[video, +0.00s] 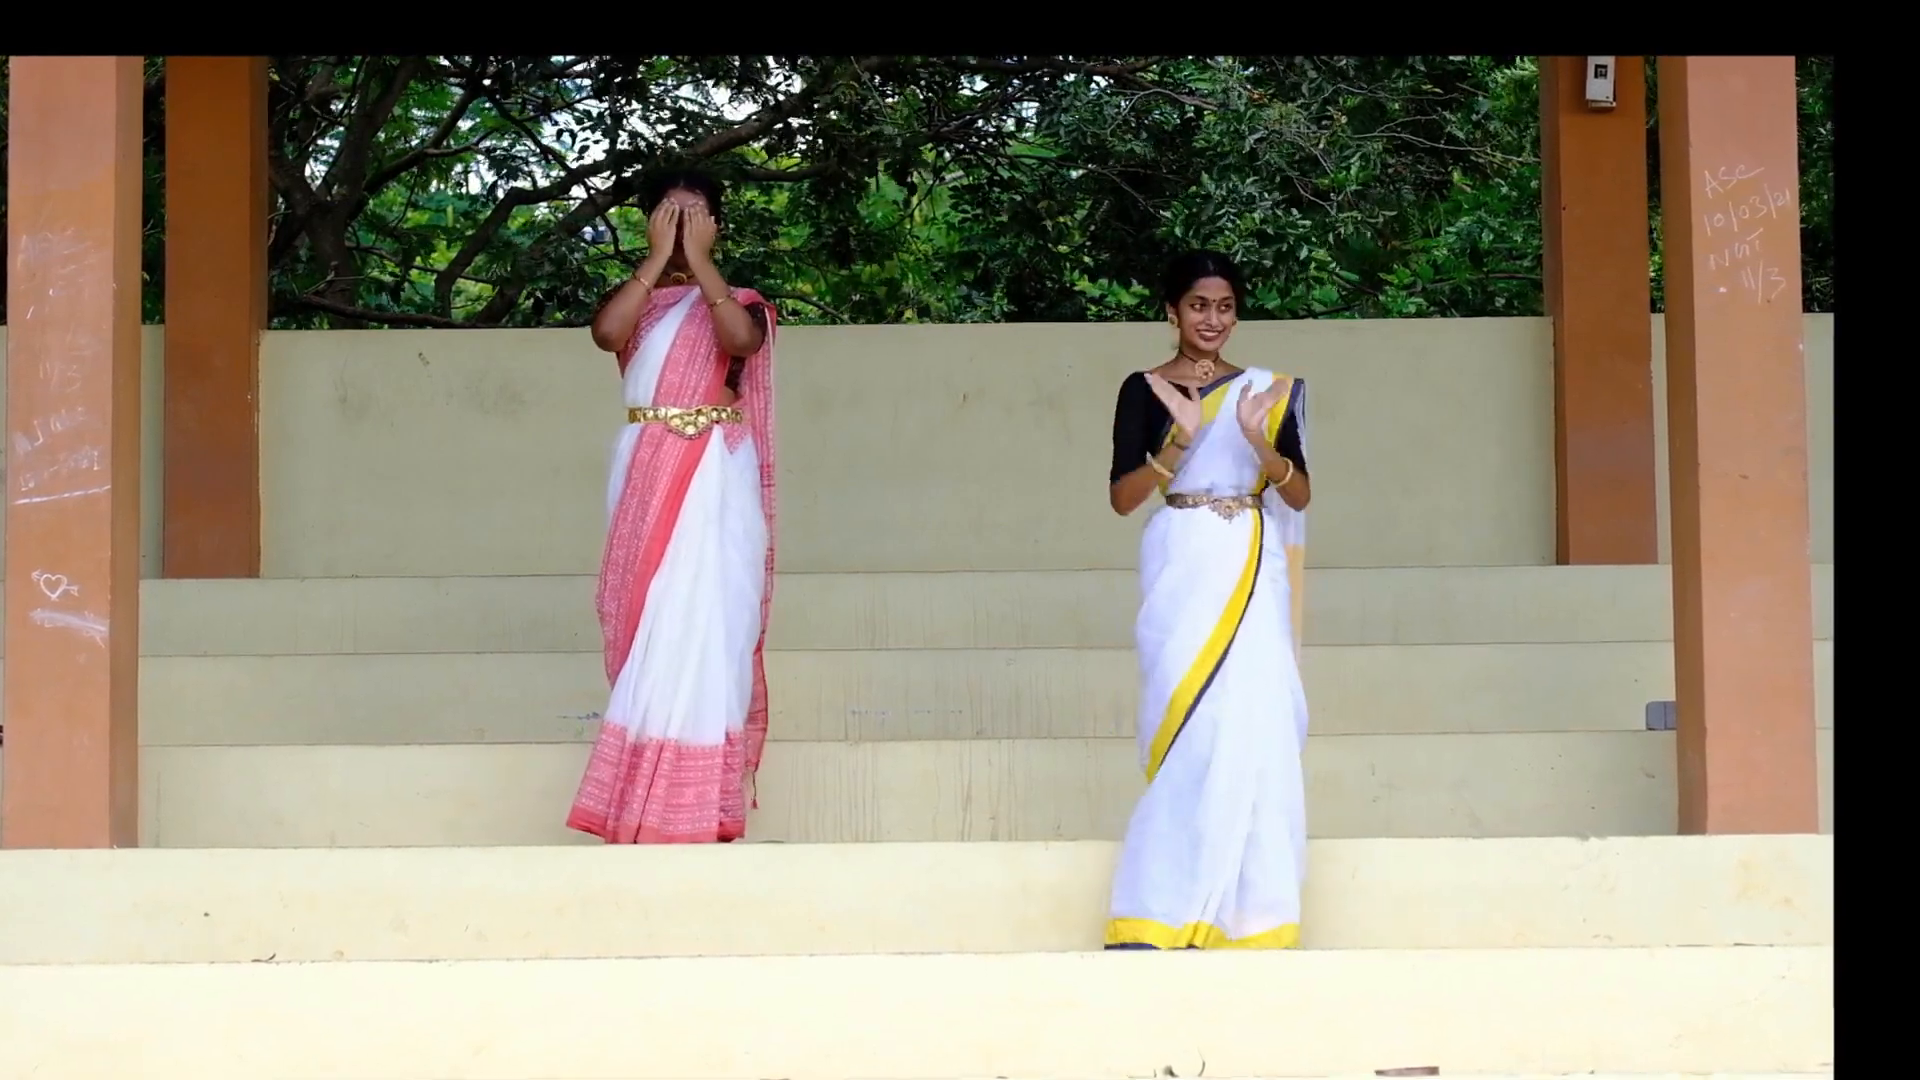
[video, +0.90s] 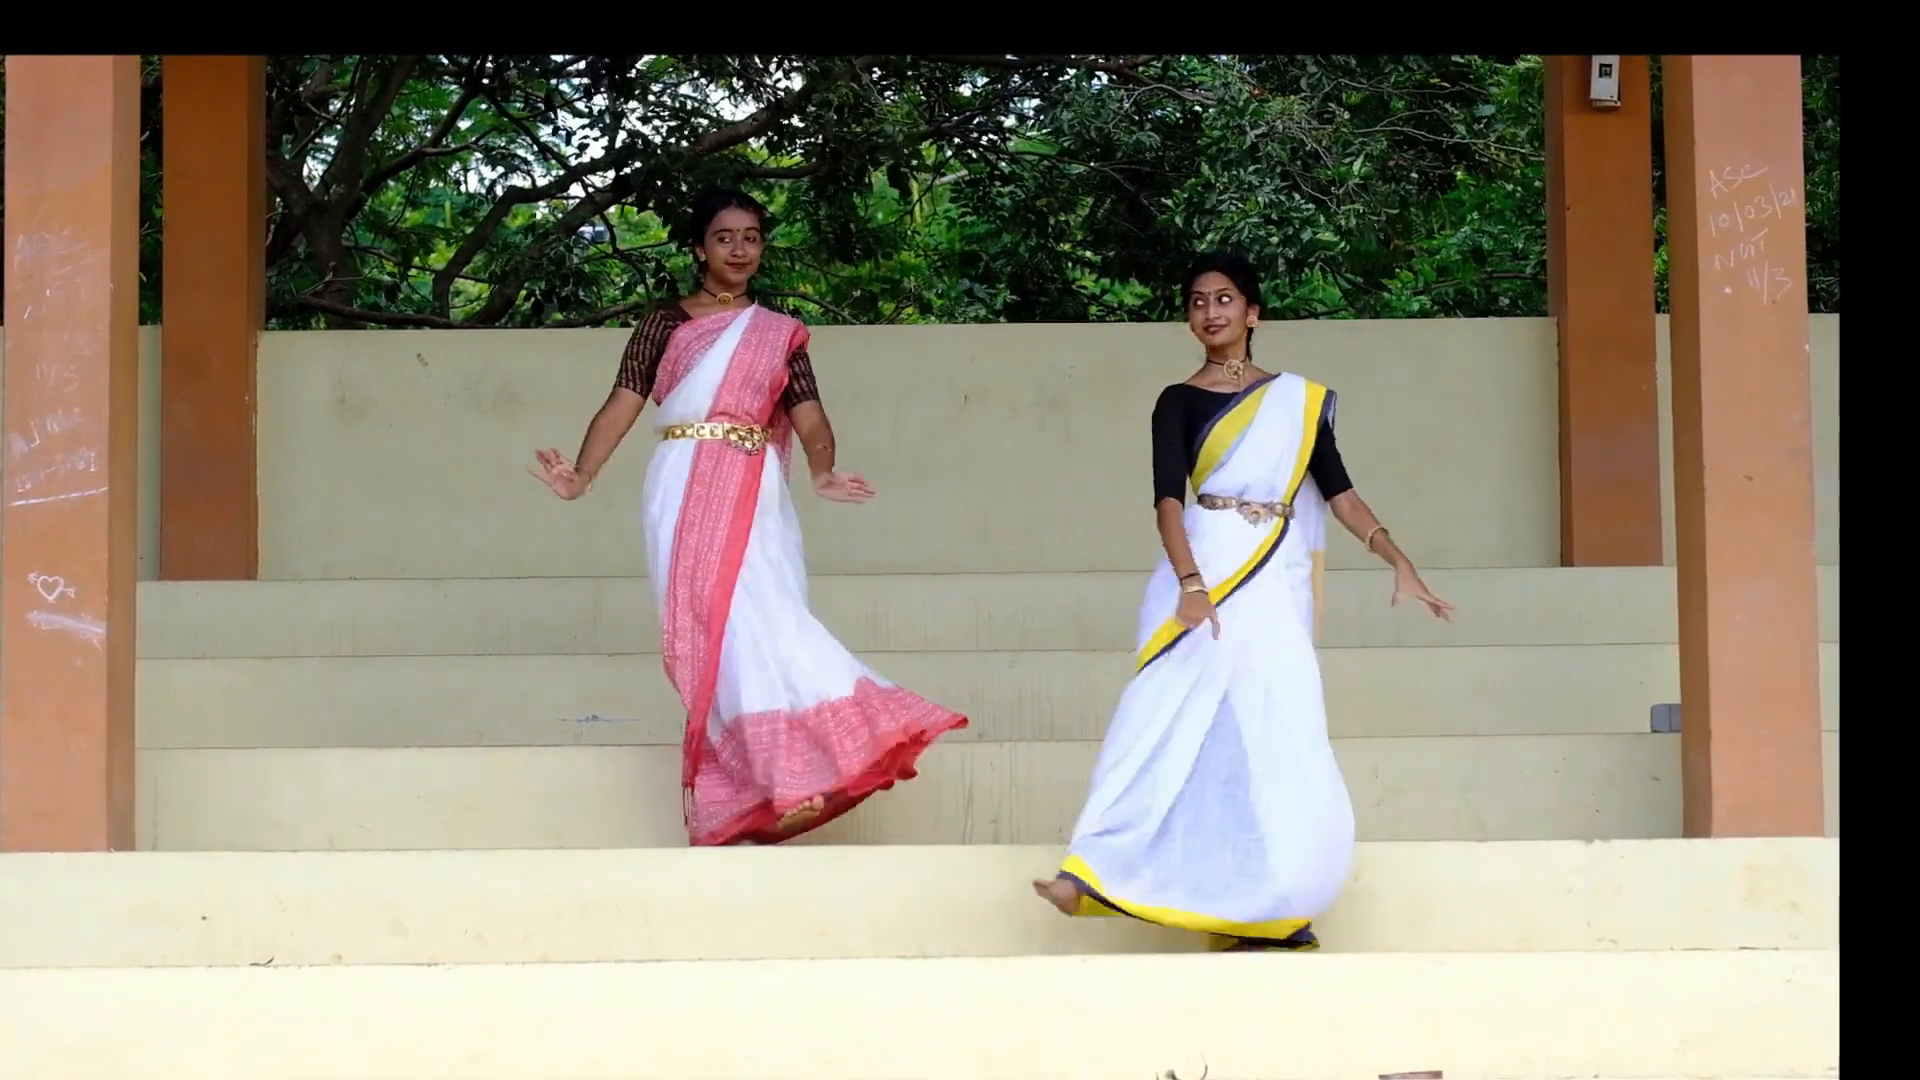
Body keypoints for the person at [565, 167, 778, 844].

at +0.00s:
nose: (681, 226)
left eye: (695, 214)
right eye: (670, 213)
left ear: (717, 226)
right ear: (651, 225)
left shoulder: (740, 301)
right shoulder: (638, 301)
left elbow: (742, 339)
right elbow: (608, 332)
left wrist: (701, 261)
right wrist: (658, 256)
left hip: (714, 476)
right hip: (646, 474)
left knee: (703, 627)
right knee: (650, 626)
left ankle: (693, 803)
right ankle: (644, 799)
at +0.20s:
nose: (704, 231)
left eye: (714, 220)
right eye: (690, 219)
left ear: (727, 229)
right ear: (664, 227)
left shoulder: (747, 307)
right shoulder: (631, 304)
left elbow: (766, 377)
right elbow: (590, 385)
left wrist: (702, 337)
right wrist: (636, 337)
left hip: (727, 482)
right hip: (655, 481)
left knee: (717, 629)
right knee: (658, 628)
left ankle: (703, 809)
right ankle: (652, 804)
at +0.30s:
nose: (720, 237)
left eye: (729, 226)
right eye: (705, 224)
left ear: (736, 235)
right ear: (674, 233)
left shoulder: (755, 313)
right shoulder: (633, 315)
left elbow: (767, 395)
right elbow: (609, 399)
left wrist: (720, 414)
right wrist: (604, 427)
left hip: (733, 490)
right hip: (659, 489)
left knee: (717, 631)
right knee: (661, 631)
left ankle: (706, 812)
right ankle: (659, 806)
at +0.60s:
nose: (748, 241)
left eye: (754, 229)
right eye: (734, 228)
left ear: (758, 235)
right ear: (698, 235)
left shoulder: (768, 315)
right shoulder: (651, 310)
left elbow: (768, 386)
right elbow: (583, 383)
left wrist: (693, 391)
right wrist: (505, 434)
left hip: (747, 479)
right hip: (674, 477)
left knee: (783, 585)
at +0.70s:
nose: (753, 245)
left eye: (758, 234)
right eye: (739, 232)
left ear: (761, 242)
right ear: (700, 239)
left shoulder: (771, 319)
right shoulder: (653, 315)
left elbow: (781, 398)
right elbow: (582, 386)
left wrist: (712, 406)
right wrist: (503, 420)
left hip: (748, 472)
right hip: (674, 475)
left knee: (764, 581)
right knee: (705, 612)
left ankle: (856, 698)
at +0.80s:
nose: (752, 249)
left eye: (759, 238)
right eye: (738, 237)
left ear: (766, 247)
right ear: (702, 246)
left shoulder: (777, 328)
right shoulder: (659, 319)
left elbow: (799, 419)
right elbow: (599, 395)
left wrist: (761, 441)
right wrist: (528, 453)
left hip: (749, 479)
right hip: (675, 476)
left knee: (769, 596)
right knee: (702, 621)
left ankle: (843, 727)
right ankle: (711, 779)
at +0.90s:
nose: (739, 248)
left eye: (749, 236)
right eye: (724, 236)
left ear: (762, 246)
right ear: (699, 246)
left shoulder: (782, 332)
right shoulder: (664, 322)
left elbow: (810, 419)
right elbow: (624, 401)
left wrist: (823, 471)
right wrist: (583, 472)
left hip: (752, 483)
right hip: (680, 478)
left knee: (752, 613)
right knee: (700, 621)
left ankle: (793, 778)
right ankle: (739, 787)